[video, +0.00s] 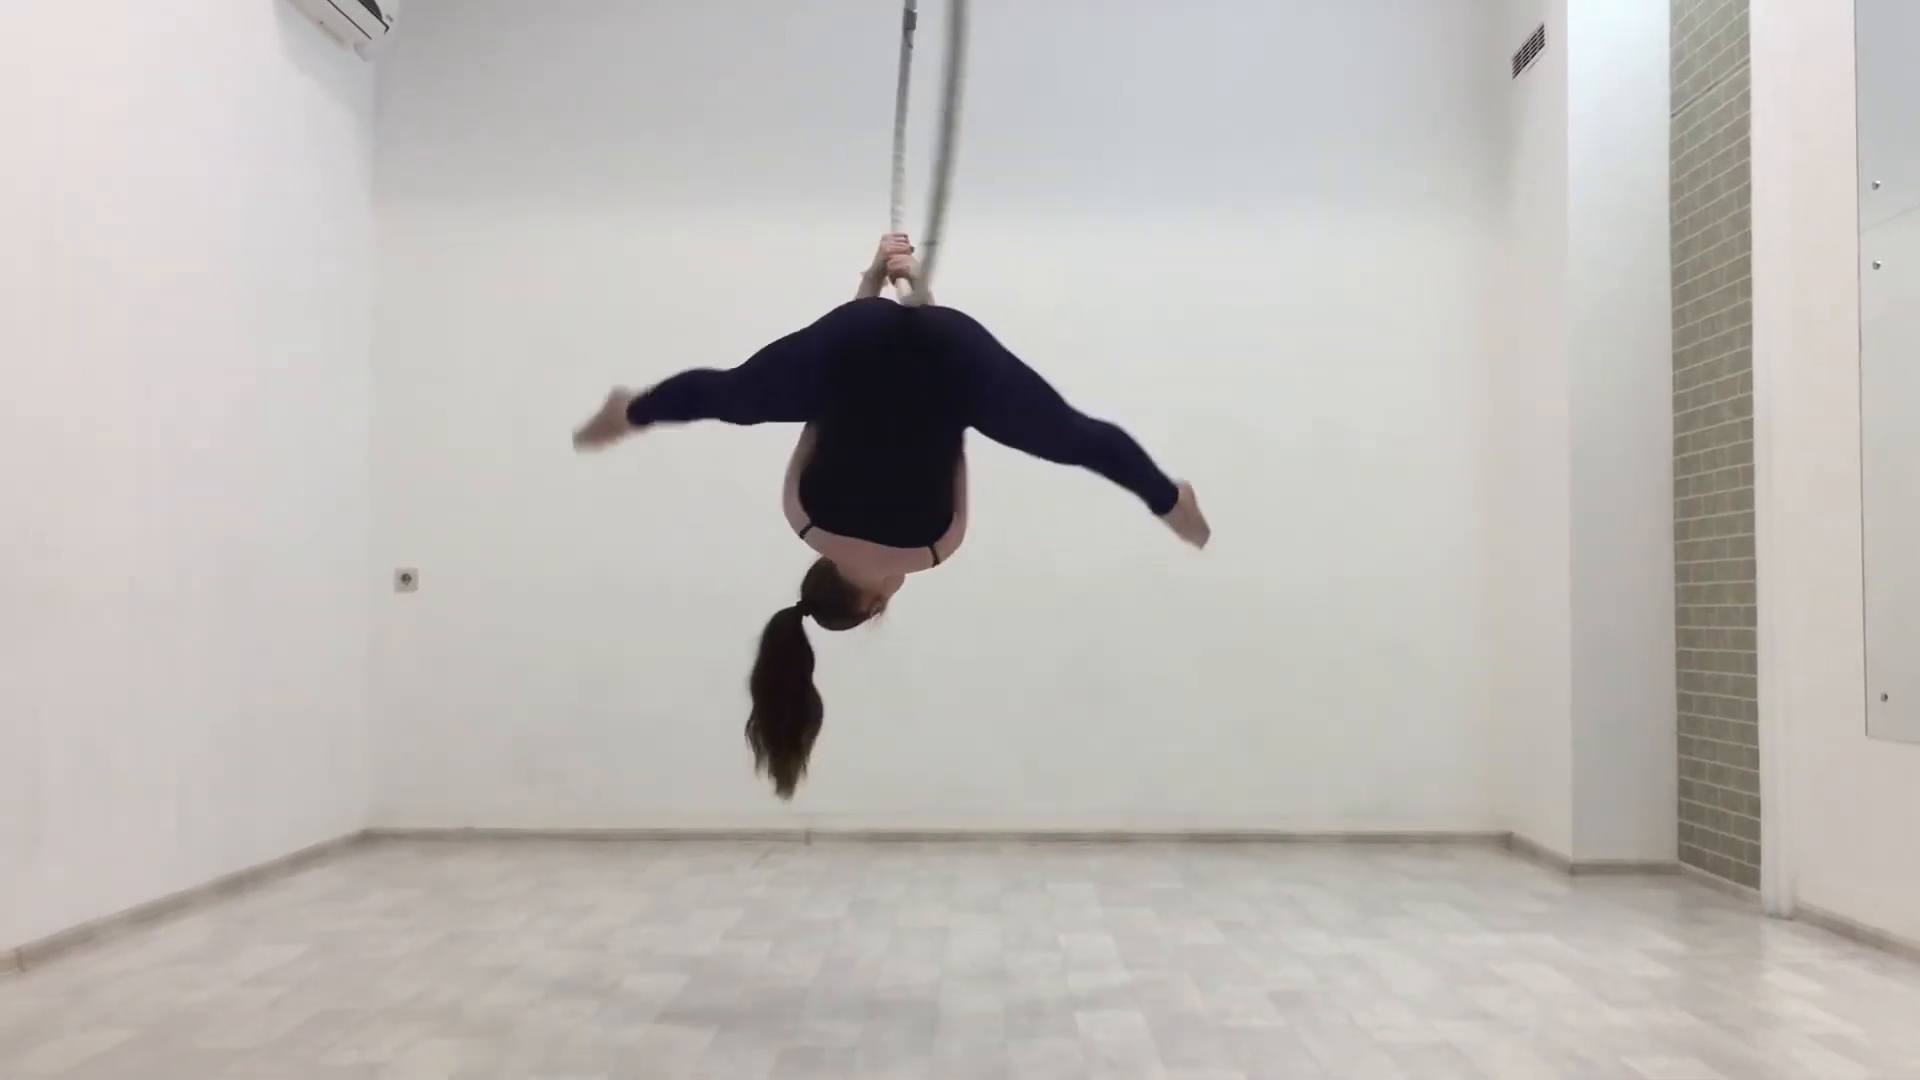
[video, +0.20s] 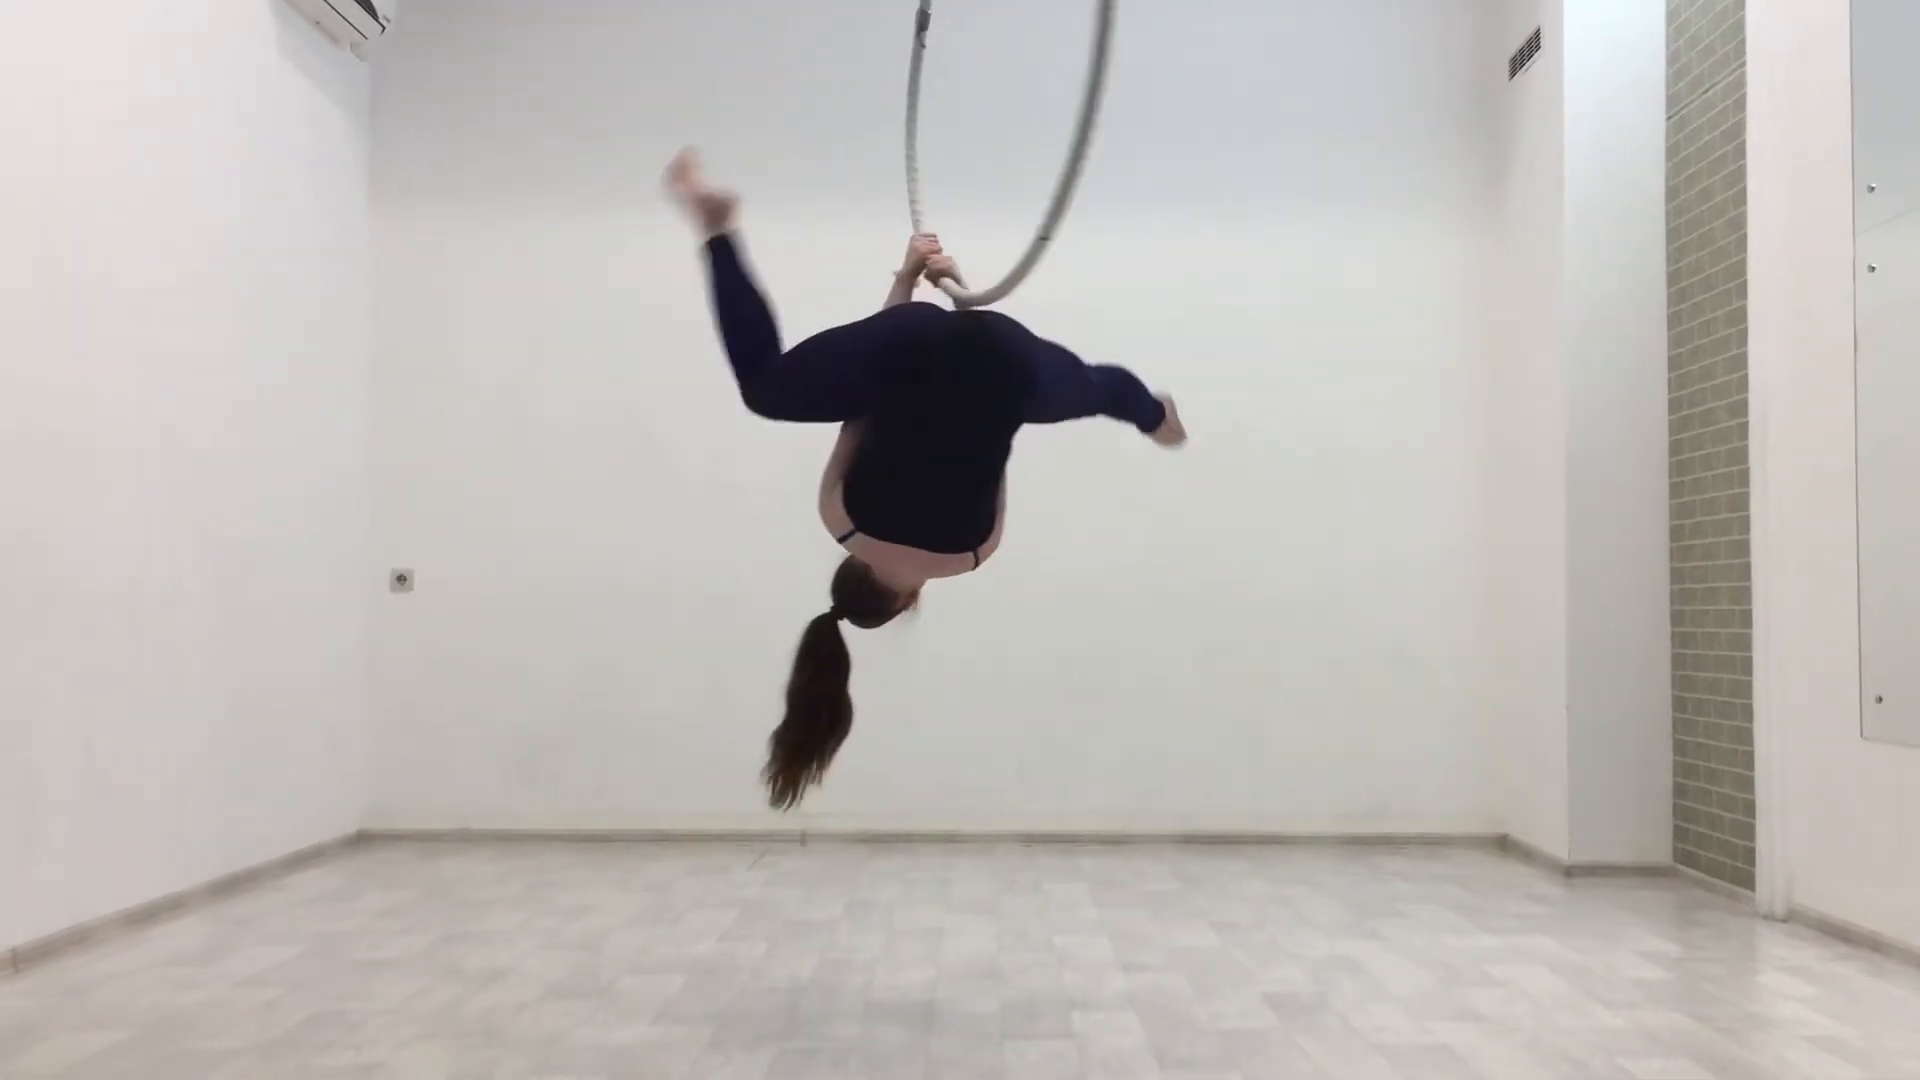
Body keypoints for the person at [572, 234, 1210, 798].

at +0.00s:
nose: (886, 607)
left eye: (875, 611)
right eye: (878, 613)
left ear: (860, 593)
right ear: (842, 587)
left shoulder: (945, 542)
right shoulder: (800, 520)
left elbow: (942, 417)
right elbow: (828, 397)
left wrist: (900, 291)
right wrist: (881, 288)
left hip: (945, 352)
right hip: (862, 337)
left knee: (1064, 435)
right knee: (736, 393)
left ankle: (1170, 498)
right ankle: (632, 408)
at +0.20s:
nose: (915, 604)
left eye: (906, 607)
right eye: (906, 606)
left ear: (899, 596)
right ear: (870, 578)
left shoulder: (977, 553)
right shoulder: (837, 519)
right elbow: (868, 394)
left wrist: (955, 294)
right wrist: (905, 281)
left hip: (995, 361)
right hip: (911, 343)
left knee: (1088, 389)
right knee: (763, 390)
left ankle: (1158, 415)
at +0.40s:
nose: (932, 593)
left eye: (925, 599)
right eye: (924, 595)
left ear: (909, 593)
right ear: (904, 574)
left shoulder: (996, 565)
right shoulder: (872, 513)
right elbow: (909, 390)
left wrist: (952, 286)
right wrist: (960, 293)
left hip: (1061, 381)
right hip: (981, 353)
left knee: (1093, 320)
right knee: (810, 308)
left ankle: (1098, 314)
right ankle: (940, 197)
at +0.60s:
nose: (942, 595)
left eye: (930, 595)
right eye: (929, 595)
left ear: (900, 565)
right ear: (888, 549)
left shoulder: (1009, 570)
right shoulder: (898, 506)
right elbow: (935, 383)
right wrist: (960, 293)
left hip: (1109, 415)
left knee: (1075, 307)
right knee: (914, 210)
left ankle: (1055, 247)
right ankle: (1090, 176)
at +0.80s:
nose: (871, 517)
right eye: (868, 520)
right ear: (874, 534)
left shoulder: (976, 568)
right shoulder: (901, 495)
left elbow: (1039, 400)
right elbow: (955, 382)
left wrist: (1039, 304)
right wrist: (988, 281)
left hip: (1130, 431)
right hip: (1095, 376)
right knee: (1070, 179)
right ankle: (1243, 246)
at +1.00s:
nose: (853, 466)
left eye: (840, 469)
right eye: (845, 468)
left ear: (845, 554)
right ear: (846, 482)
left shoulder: (938, 548)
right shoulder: (902, 459)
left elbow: (1034, 424)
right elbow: (1001, 368)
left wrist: (1054, 321)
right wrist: (1023, 278)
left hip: (1132, 481)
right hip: (1140, 415)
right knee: (1140, 243)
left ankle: (1216, 246)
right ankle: (1248, 386)